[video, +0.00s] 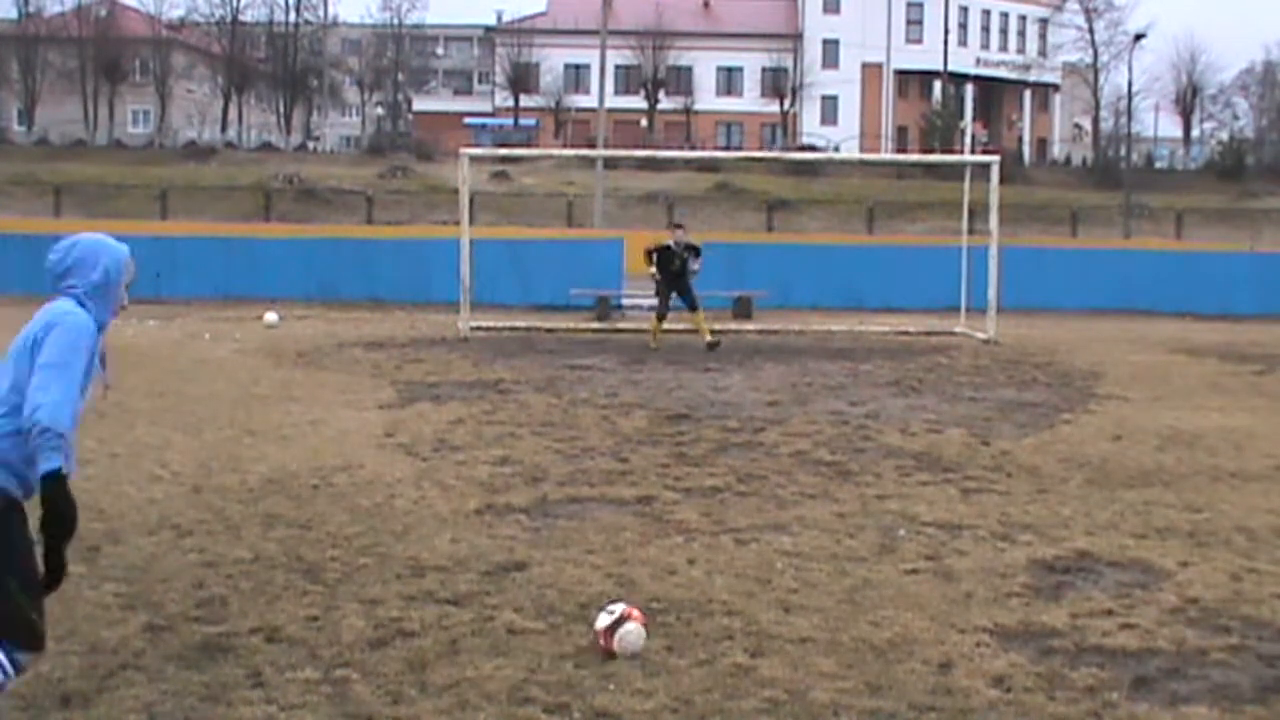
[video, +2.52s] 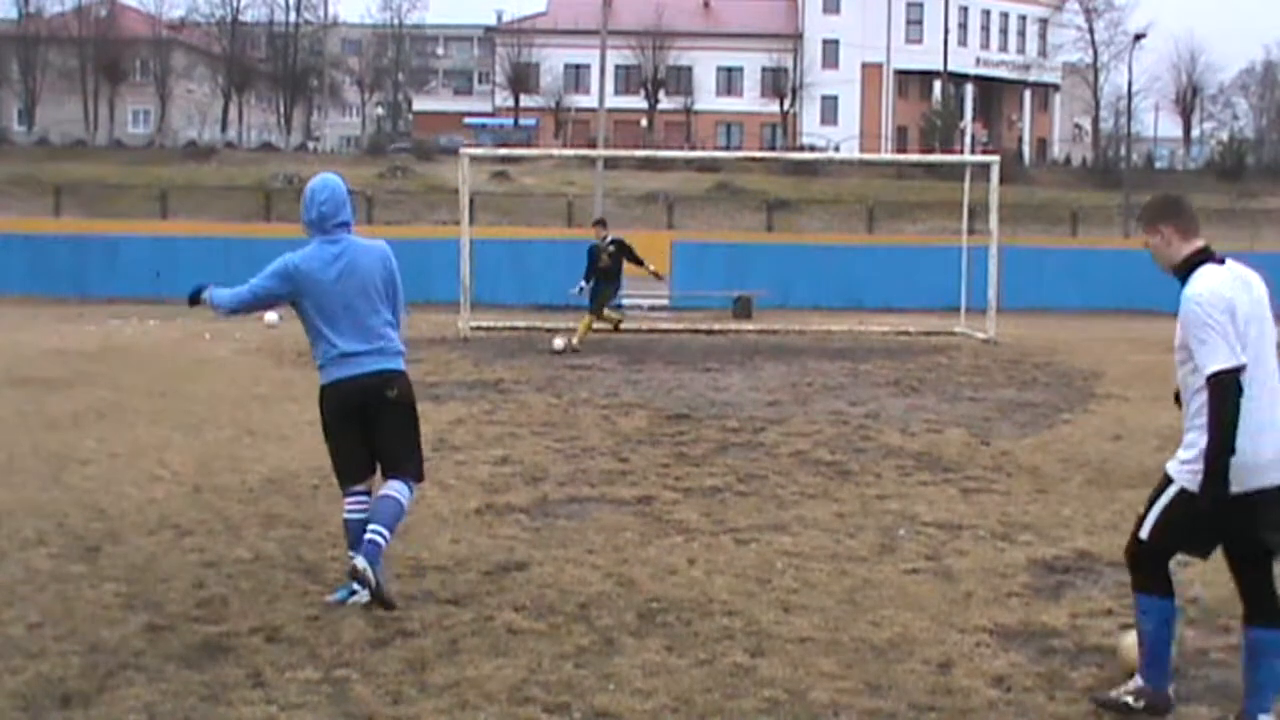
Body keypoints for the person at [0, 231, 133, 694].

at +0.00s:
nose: (126, 299)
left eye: (127, 287)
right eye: (122, 286)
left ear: (82, 279)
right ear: (96, 281)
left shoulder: (60, 319)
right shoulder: (73, 322)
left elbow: (41, 409)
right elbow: (48, 406)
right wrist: (55, 488)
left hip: (9, 493)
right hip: (5, 494)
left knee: (21, 633)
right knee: (21, 636)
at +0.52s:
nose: (440, 263)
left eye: (438, 255)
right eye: (439, 256)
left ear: (390, 249)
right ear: (428, 256)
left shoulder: (351, 289)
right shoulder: (432, 299)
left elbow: (280, 301)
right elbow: (467, 367)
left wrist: (209, 303)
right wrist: (502, 427)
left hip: (363, 442)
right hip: (414, 437)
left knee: (432, 523)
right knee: (393, 536)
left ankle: (490, 620)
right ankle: (336, 614)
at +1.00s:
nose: (504, 216)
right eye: (502, 209)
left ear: (455, 208)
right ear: (496, 210)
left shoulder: (427, 249)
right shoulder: (510, 248)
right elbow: (574, 271)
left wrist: (523, 251)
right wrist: (636, 275)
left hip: (460, 383)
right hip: (511, 370)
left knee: (501, 482)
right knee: (514, 330)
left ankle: (532, 586)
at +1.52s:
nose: (433, 225)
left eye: (434, 218)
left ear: (436, 223)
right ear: (473, 220)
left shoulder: (448, 268)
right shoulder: (490, 258)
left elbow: (468, 304)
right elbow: (451, 284)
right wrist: (414, 287)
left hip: (457, 396)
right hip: (497, 390)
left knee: (418, 477)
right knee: (474, 473)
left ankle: (479, 545)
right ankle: (478, 564)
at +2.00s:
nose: (347, 227)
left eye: (347, 220)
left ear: (352, 222)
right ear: (387, 215)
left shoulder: (368, 265)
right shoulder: (409, 255)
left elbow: (406, 319)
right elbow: (389, 326)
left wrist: (439, 370)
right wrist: (360, 366)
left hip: (389, 393)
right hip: (430, 388)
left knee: (370, 484)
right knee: (444, 479)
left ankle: (364, 582)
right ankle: (472, 569)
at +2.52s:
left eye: (311, 210)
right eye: (341, 205)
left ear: (308, 215)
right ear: (349, 210)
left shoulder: (297, 265)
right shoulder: (379, 253)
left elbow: (240, 299)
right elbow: (395, 313)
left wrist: (206, 294)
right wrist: (382, 354)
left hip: (338, 390)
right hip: (389, 381)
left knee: (355, 485)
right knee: (402, 476)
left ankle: (361, 583)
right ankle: (368, 555)